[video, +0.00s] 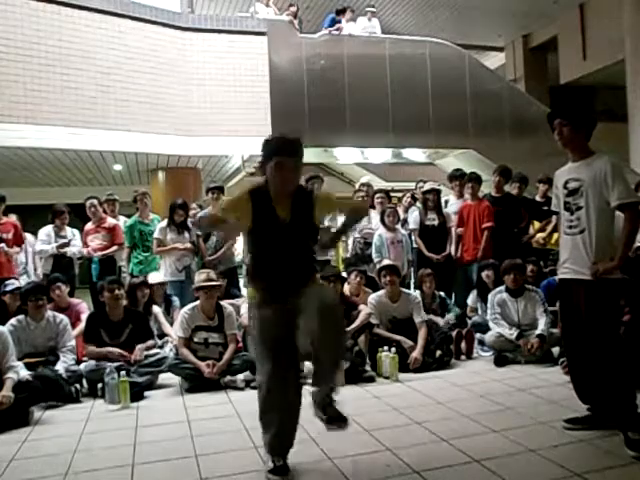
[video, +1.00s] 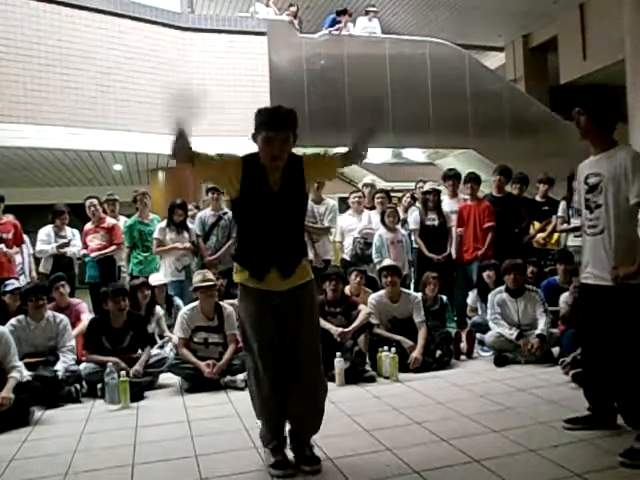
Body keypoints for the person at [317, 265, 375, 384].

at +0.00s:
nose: (332, 286)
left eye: (335, 282)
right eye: (328, 282)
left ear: (341, 284)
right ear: (321, 282)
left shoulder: (344, 300)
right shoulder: (318, 302)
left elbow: (366, 312)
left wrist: (350, 330)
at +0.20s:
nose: (331, 287)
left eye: (335, 283)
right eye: (328, 284)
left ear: (340, 285)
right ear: (322, 287)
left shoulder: (347, 300)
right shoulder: (319, 302)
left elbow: (366, 311)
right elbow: (315, 318)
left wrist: (350, 329)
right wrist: (332, 328)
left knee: (364, 323)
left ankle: (360, 365)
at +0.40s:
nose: (332, 287)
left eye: (335, 283)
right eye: (329, 283)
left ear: (341, 286)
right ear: (323, 287)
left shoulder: (347, 301)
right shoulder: (319, 304)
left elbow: (367, 311)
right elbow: (314, 318)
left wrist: (350, 330)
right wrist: (333, 329)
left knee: (364, 323)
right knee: (323, 329)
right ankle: (327, 370)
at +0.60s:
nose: (333, 287)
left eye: (336, 283)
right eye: (329, 283)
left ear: (342, 286)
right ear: (323, 287)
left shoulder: (348, 301)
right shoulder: (318, 303)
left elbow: (366, 311)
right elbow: (315, 318)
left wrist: (350, 330)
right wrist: (333, 329)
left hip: (348, 344)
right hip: (326, 343)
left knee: (365, 323)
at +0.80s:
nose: (333, 286)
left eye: (337, 282)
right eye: (329, 282)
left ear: (342, 285)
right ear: (324, 286)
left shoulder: (347, 300)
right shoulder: (320, 302)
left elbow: (366, 311)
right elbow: (316, 318)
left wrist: (350, 330)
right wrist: (332, 329)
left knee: (365, 324)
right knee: (323, 330)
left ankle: (361, 365)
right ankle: (327, 369)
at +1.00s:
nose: (333, 284)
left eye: (337, 281)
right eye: (330, 281)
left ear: (343, 285)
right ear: (324, 285)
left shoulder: (348, 300)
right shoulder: (320, 302)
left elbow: (366, 311)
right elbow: (316, 319)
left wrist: (350, 330)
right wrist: (333, 329)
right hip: (328, 343)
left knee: (365, 324)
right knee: (321, 330)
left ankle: (361, 365)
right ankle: (327, 370)